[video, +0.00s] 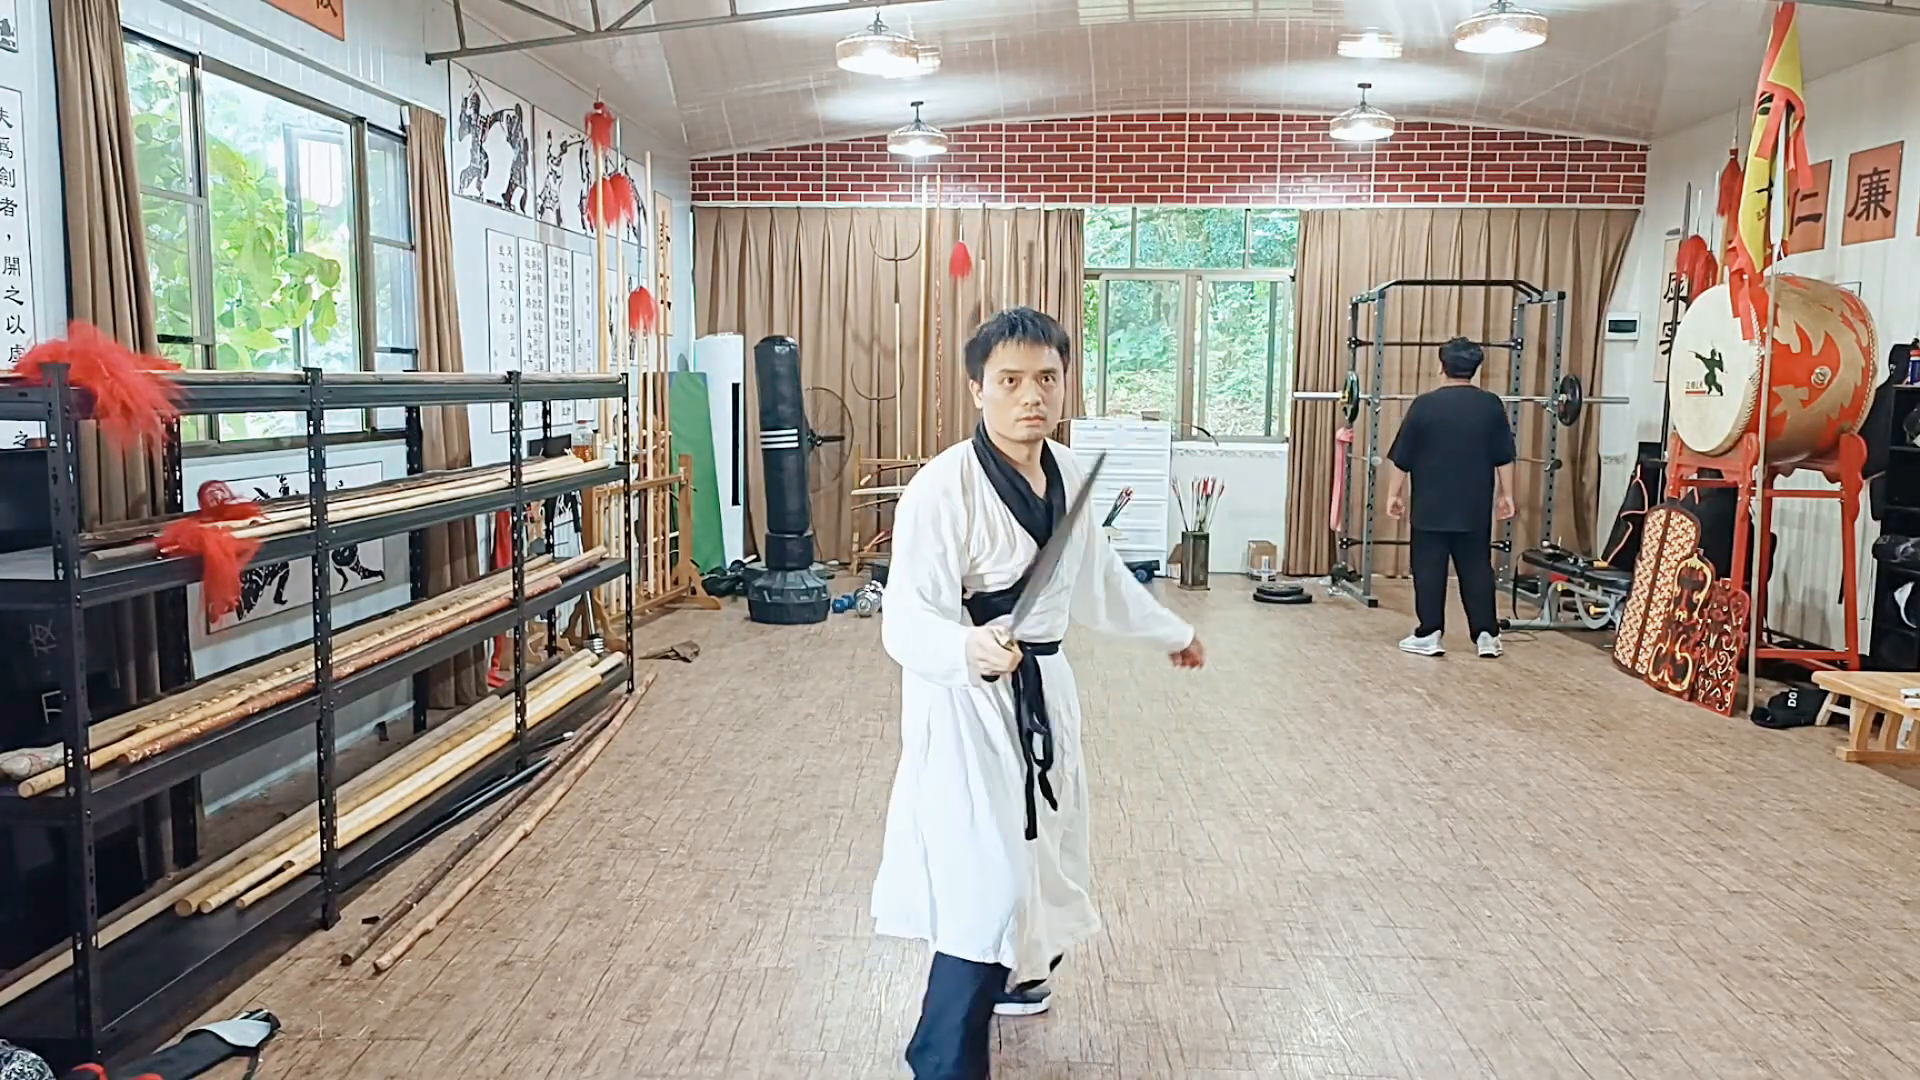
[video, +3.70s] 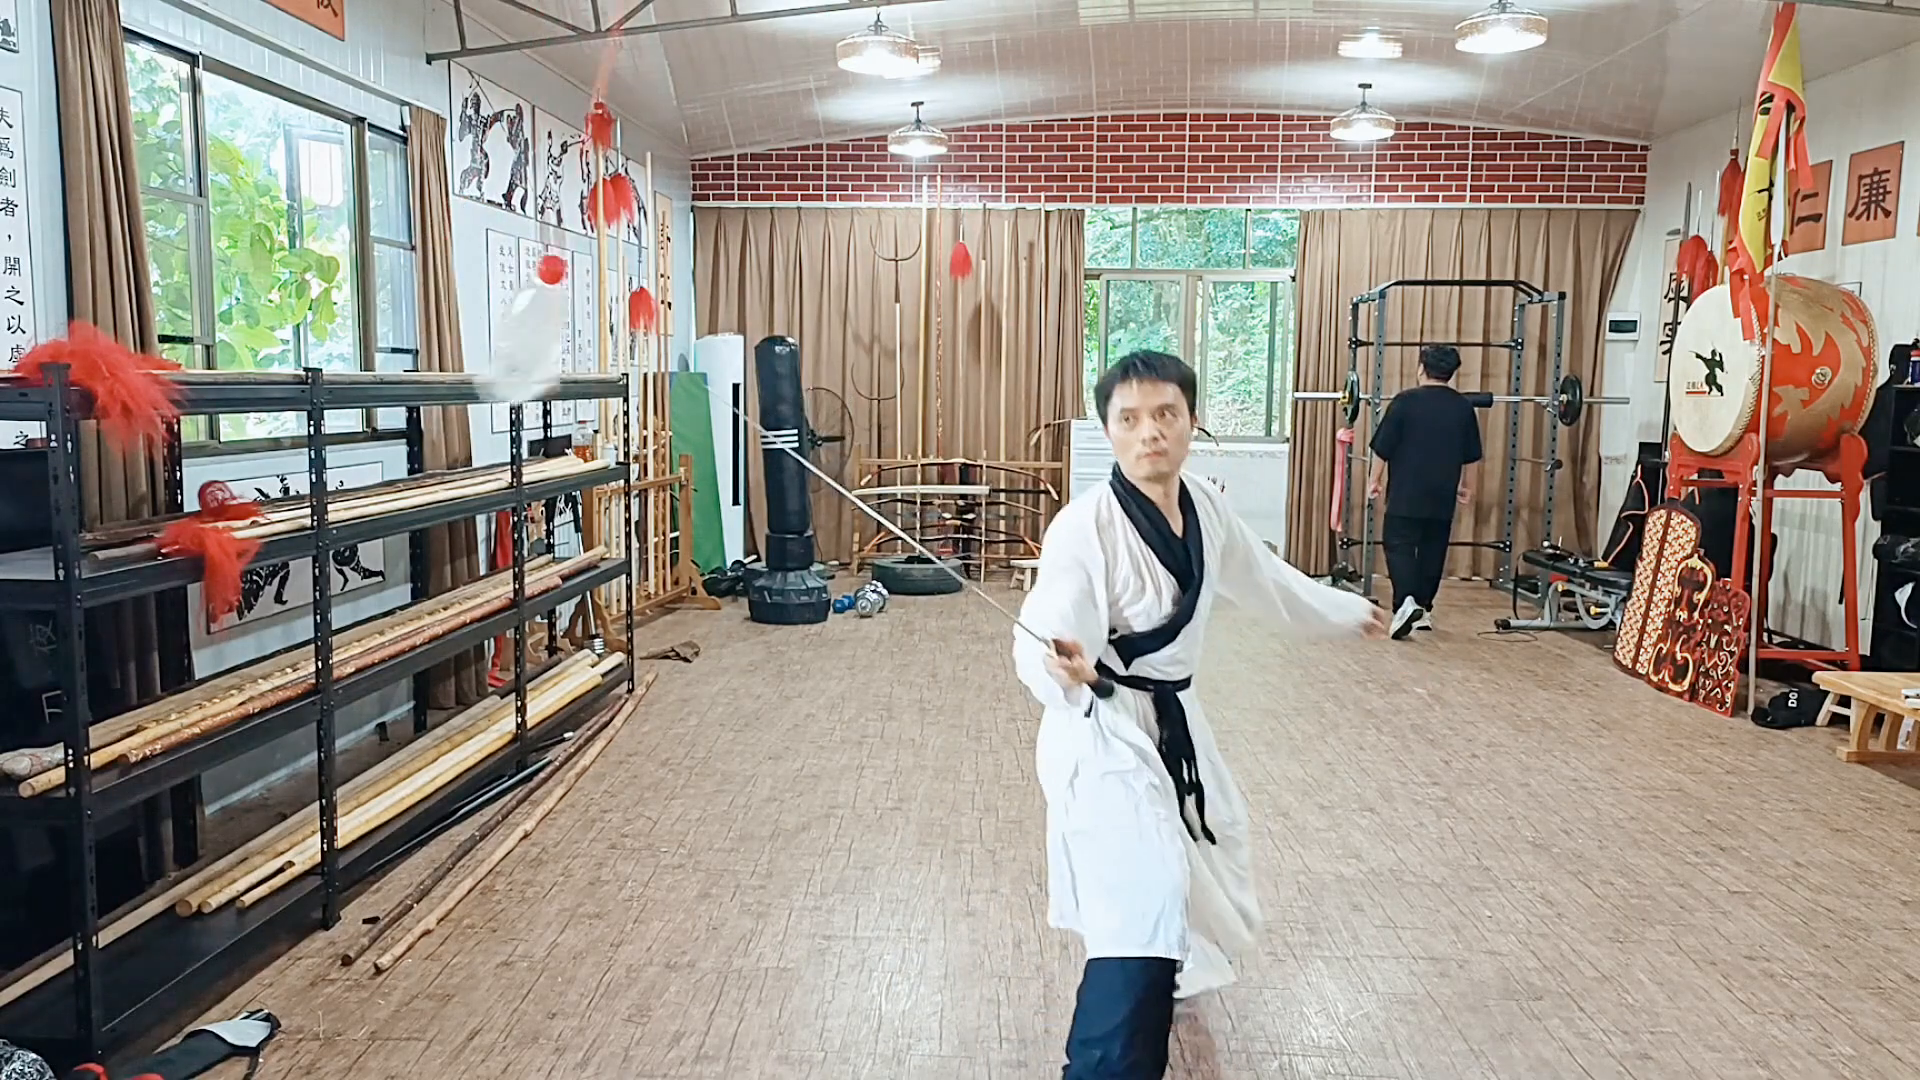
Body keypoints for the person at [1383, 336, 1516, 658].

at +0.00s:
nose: (1438, 368)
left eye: (1440, 364)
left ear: (1442, 368)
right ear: (1475, 369)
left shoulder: (1425, 404)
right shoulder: (1490, 405)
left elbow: (1402, 456)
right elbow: (1503, 456)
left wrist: (1394, 493)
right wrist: (1507, 494)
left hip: (1430, 508)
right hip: (1474, 508)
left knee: (1429, 571)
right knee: (1476, 570)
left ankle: (1429, 634)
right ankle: (1486, 635)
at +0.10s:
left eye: (1444, 367)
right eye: (1488, 369)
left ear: (1448, 370)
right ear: (1483, 372)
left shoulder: (1430, 404)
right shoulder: (1495, 404)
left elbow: (1409, 457)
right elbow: (1509, 456)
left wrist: (1400, 495)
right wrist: (1510, 493)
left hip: (1434, 506)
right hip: (1478, 507)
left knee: (1432, 572)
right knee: (1480, 570)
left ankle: (1429, 634)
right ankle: (1486, 636)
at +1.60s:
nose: (1442, 370)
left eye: (1444, 366)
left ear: (1445, 369)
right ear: (1477, 371)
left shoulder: (1430, 404)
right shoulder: (1492, 405)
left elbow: (1408, 455)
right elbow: (1506, 455)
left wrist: (1401, 488)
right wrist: (1504, 491)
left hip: (1433, 505)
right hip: (1475, 506)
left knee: (1428, 568)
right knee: (1476, 568)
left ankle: (1423, 626)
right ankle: (1485, 633)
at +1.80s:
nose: (1429, 370)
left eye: (1430, 366)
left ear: (1431, 369)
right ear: (1463, 370)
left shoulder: (1414, 405)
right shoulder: (1478, 406)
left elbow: (1390, 456)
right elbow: (1491, 457)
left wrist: (1384, 487)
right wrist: (1488, 492)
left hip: (1418, 507)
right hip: (1459, 507)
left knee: (1417, 568)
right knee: (1460, 560)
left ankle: (1422, 626)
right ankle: (1476, 617)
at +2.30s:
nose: (1409, 369)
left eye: (1410, 366)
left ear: (1411, 369)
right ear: (1442, 369)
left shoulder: (1399, 406)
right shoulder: (1459, 404)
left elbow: (1377, 456)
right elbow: (1474, 452)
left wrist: (1367, 491)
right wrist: (1474, 486)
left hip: (1407, 502)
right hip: (1445, 501)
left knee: (1411, 561)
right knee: (1437, 556)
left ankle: (1421, 625)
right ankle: (1429, 613)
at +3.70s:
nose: (1417, 370)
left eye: (1419, 366)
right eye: (1420, 366)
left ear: (1423, 369)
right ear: (1453, 373)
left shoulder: (1405, 401)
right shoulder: (1463, 406)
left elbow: (1383, 447)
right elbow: (1471, 455)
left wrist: (1375, 478)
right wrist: (1468, 485)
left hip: (1406, 493)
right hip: (1442, 495)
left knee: (1397, 546)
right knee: (1434, 550)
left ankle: (1405, 603)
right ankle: (1423, 610)